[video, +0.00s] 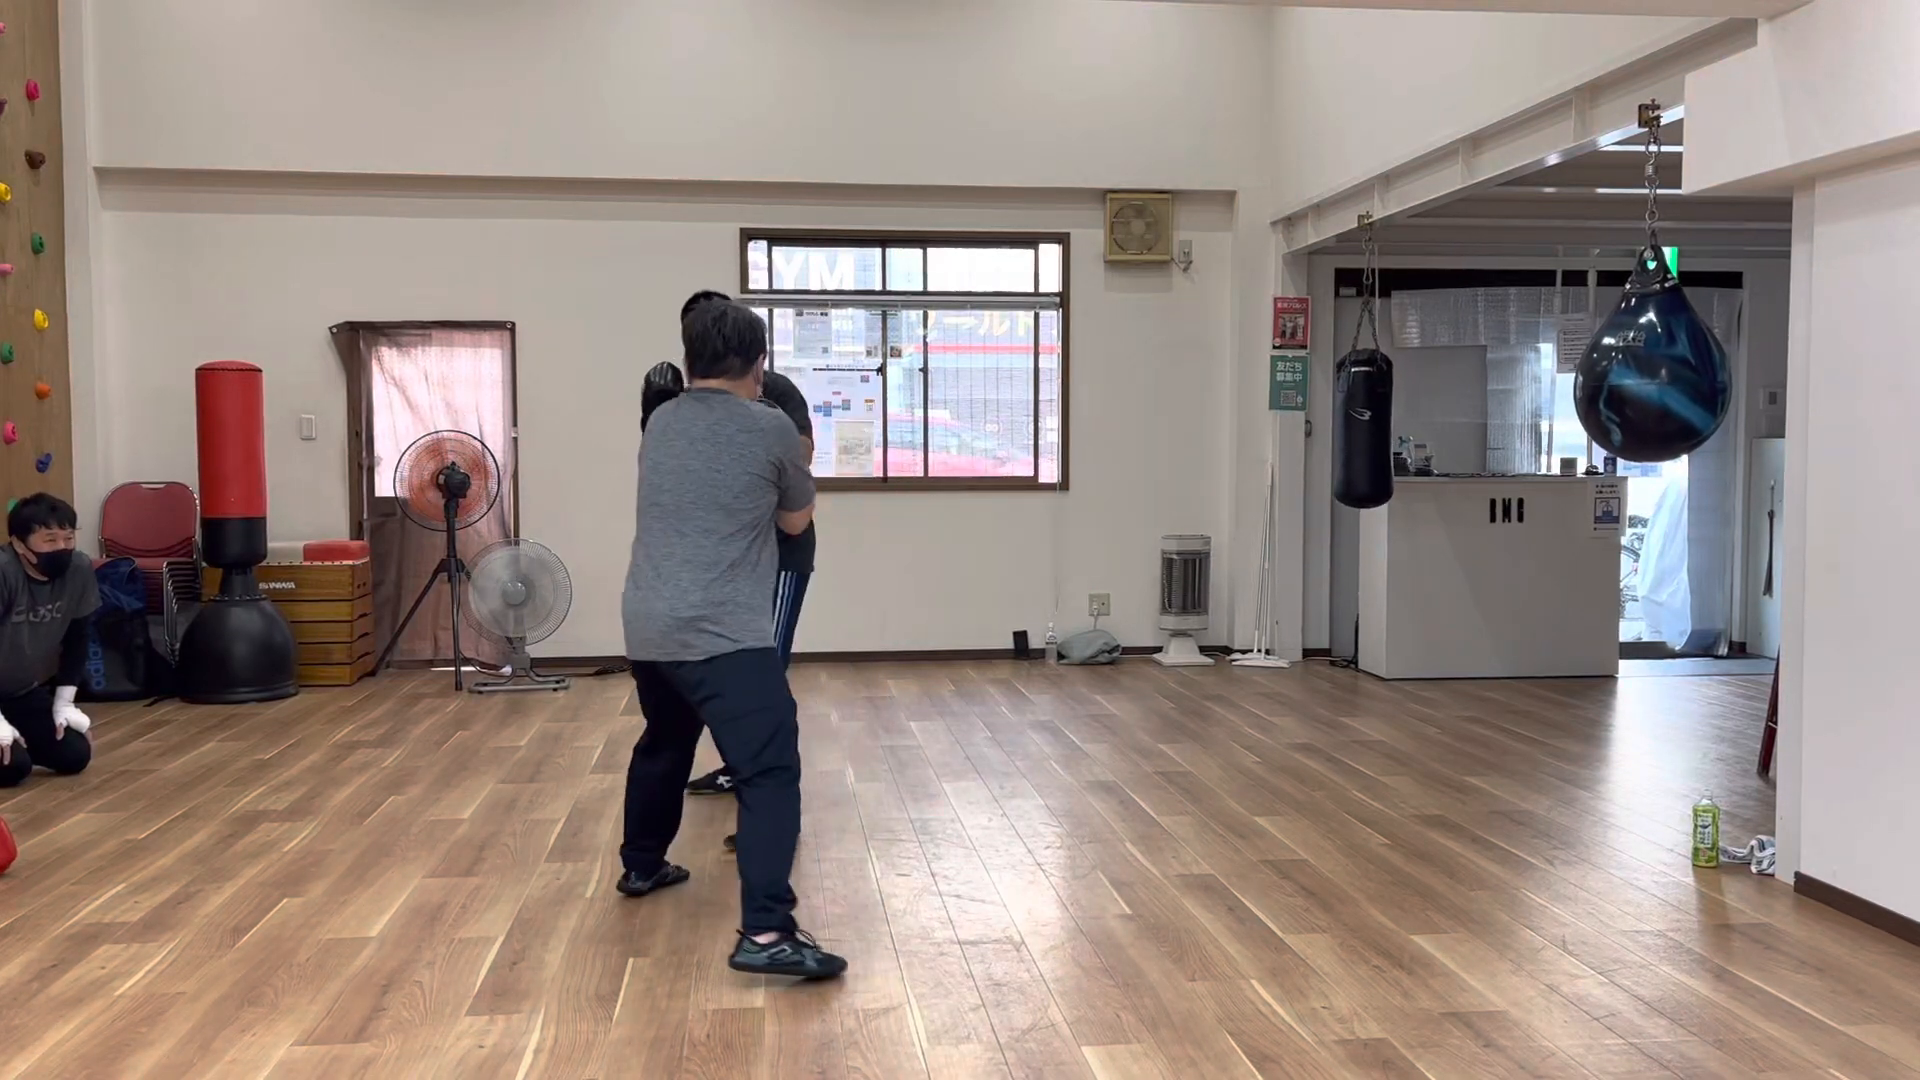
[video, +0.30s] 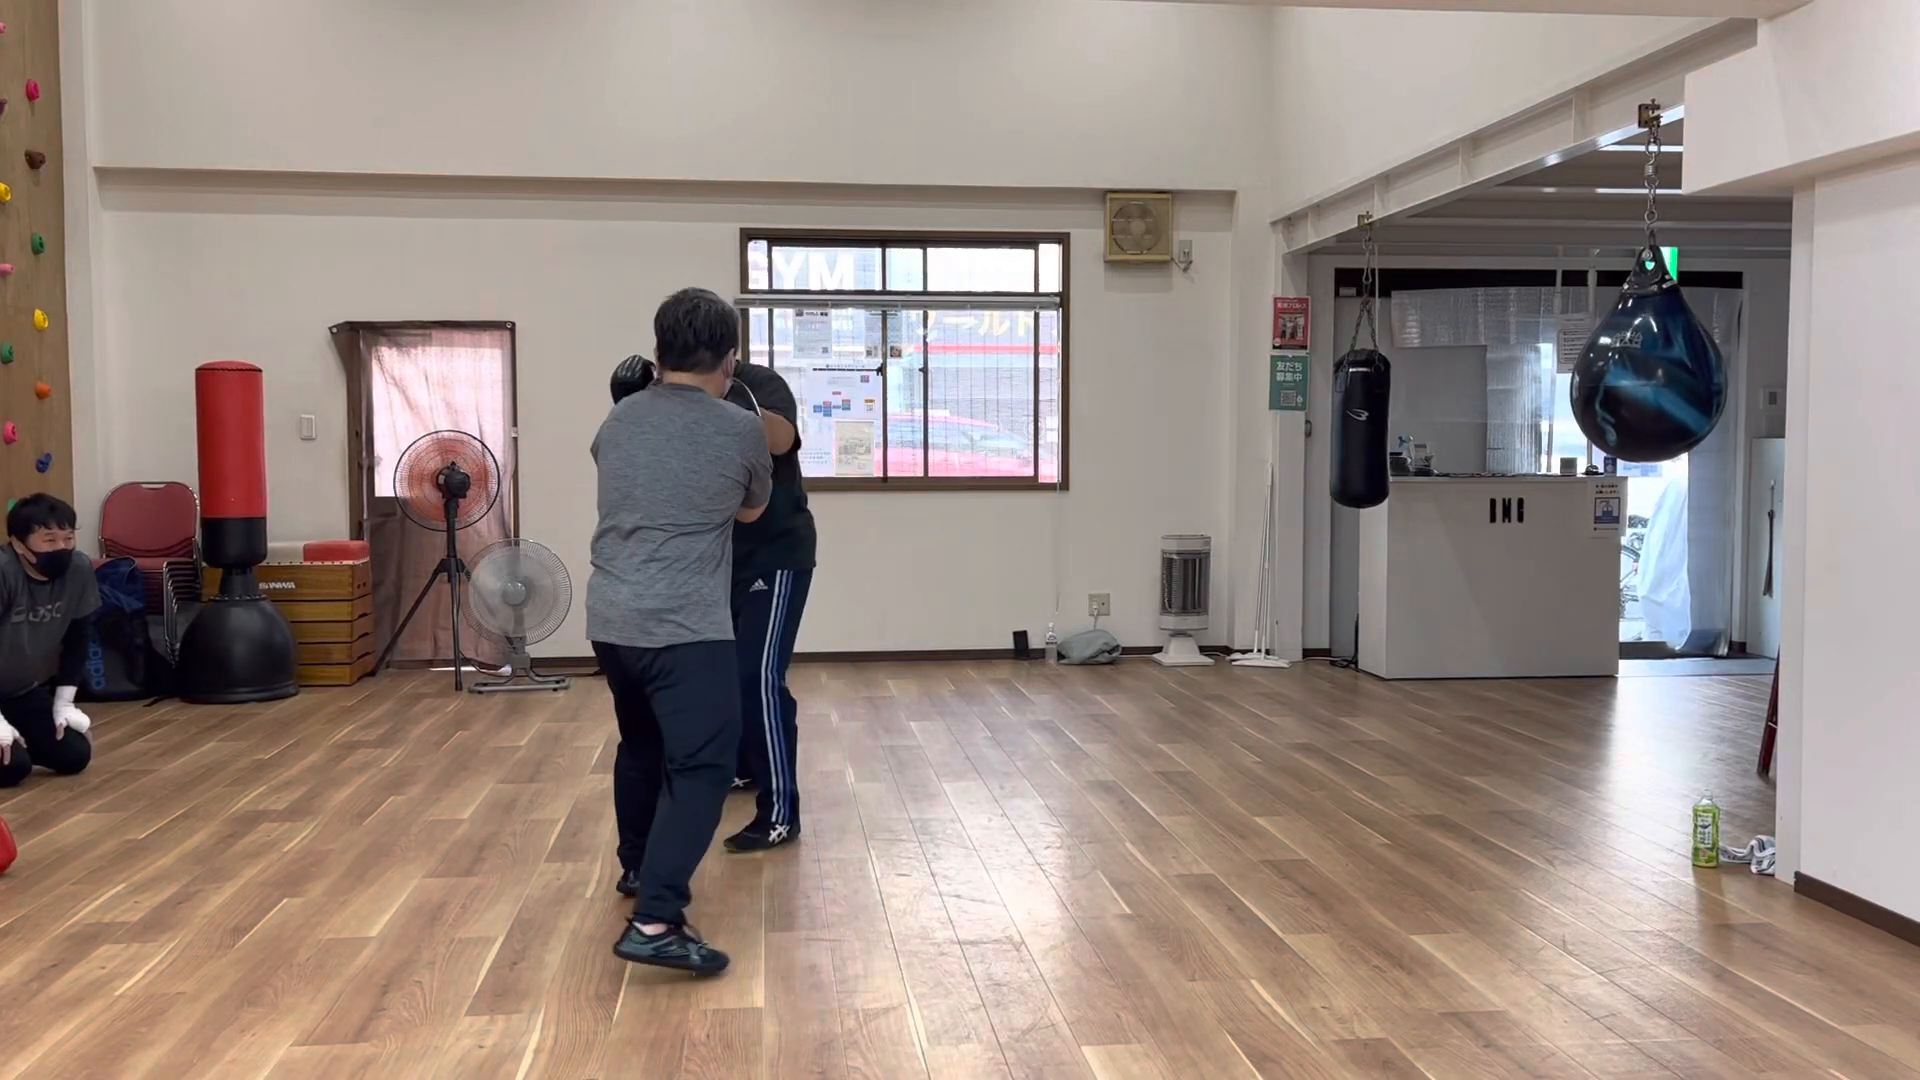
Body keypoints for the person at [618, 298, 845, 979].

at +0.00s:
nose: (765, 370)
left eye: (761, 360)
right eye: (763, 360)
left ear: (689, 360)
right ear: (755, 362)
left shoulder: (661, 420)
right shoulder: (773, 427)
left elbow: (680, 498)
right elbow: (797, 520)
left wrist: (765, 489)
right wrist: (732, 495)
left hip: (648, 630)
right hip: (726, 633)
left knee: (666, 738)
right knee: (770, 773)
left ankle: (641, 865)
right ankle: (766, 930)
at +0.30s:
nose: (733, 361)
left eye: (729, 351)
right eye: (732, 351)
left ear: (657, 350)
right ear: (727, 355)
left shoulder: (619, 417)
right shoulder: (740, 424)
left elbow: (620, 487)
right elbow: (752, 506)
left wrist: (700, 481)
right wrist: (679, 482)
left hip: (612, 624)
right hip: (691, 627)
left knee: (640, 746)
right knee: (703, 767)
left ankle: (638, 872)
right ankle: (656, 921)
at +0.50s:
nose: (713, 361)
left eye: (710, 352)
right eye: (712, 351)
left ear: (633, 354)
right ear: (706, 356)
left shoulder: (597, 418)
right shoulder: (719, 426)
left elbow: (605, 492)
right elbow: (743, 505)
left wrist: (691, 489)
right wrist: (667, 493)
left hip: (582, 637)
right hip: (661, 646)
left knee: (619, 751)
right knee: (681, 791)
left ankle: (617, 870)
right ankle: (633, 948)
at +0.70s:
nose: (696, 344)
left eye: (695, 334)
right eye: (694, 334)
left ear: (616, 336)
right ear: (685, 338)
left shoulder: (578, 403)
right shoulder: (696, 407)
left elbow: (593, 483)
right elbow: (729, 493)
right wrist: (719, 434)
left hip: (562, 620)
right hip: (641, 626)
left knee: (600, 758)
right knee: (661, 774)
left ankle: (592, 905)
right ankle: (597, 931)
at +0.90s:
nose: (679, 365)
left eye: (677, 354)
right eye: (676, 356)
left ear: (596, 365)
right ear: (666, 365)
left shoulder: (563, 433)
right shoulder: (682, 439)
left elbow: (563, 515)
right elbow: (709, 528)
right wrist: (699, 476)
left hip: (545, 651)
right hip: (624, 661)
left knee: (599, 738)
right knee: (633, 807)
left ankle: (580, 865)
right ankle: (569, 961)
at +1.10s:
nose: (662, 361)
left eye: (661, 351)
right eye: (659, 351)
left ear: (586, 355)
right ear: (648, 357)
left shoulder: (558, 409)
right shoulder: (652, 424)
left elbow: (587, 484)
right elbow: (688, 504)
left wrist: (659, 452)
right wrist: (688, 458)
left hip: (533, 617)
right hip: (601, 622)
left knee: (573, 748)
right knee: (615, 766)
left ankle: (580, 865)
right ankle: (554, 927)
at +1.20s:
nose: (659, 353)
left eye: (658, 344)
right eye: (657, 344)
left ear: (584, 350)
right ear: (646, 349)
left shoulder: (549, 410)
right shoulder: (652, 416)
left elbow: (540, 494)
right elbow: (686, 502)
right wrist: (682, 449)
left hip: (524, 611)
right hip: (597, 617)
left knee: (565, 747)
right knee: (595, 758)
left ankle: (579, 859)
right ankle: (534, 918)